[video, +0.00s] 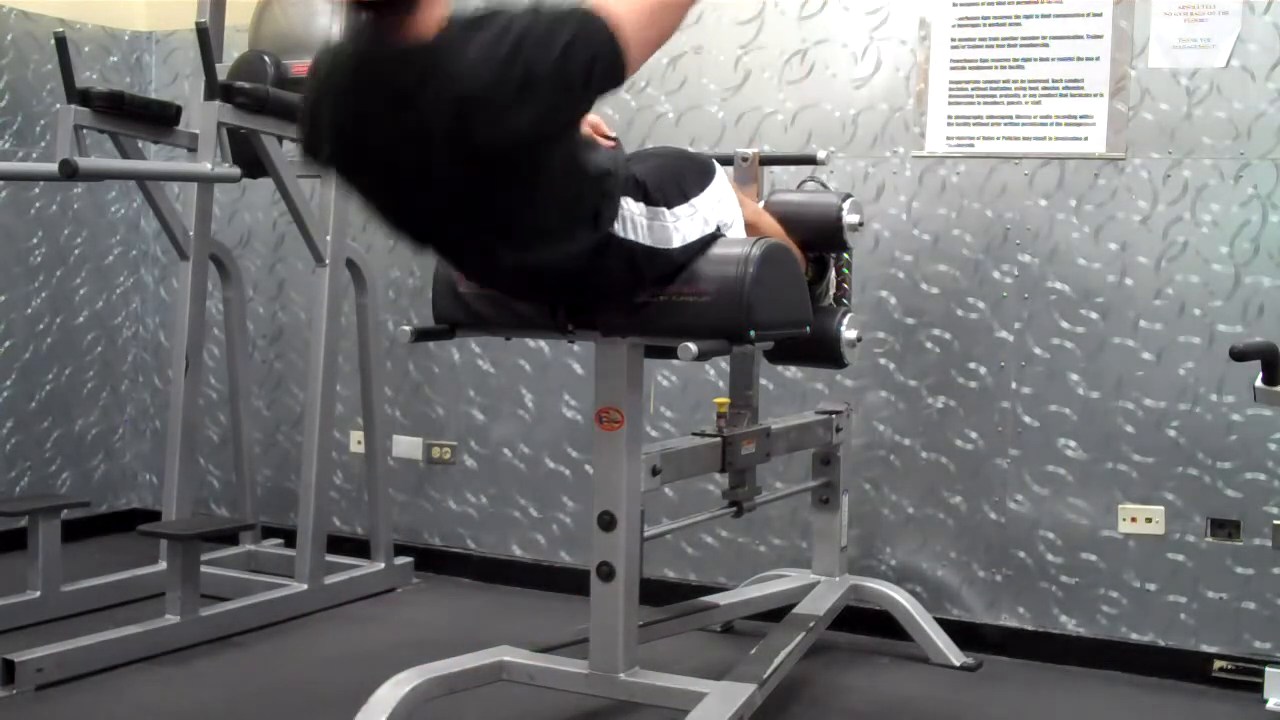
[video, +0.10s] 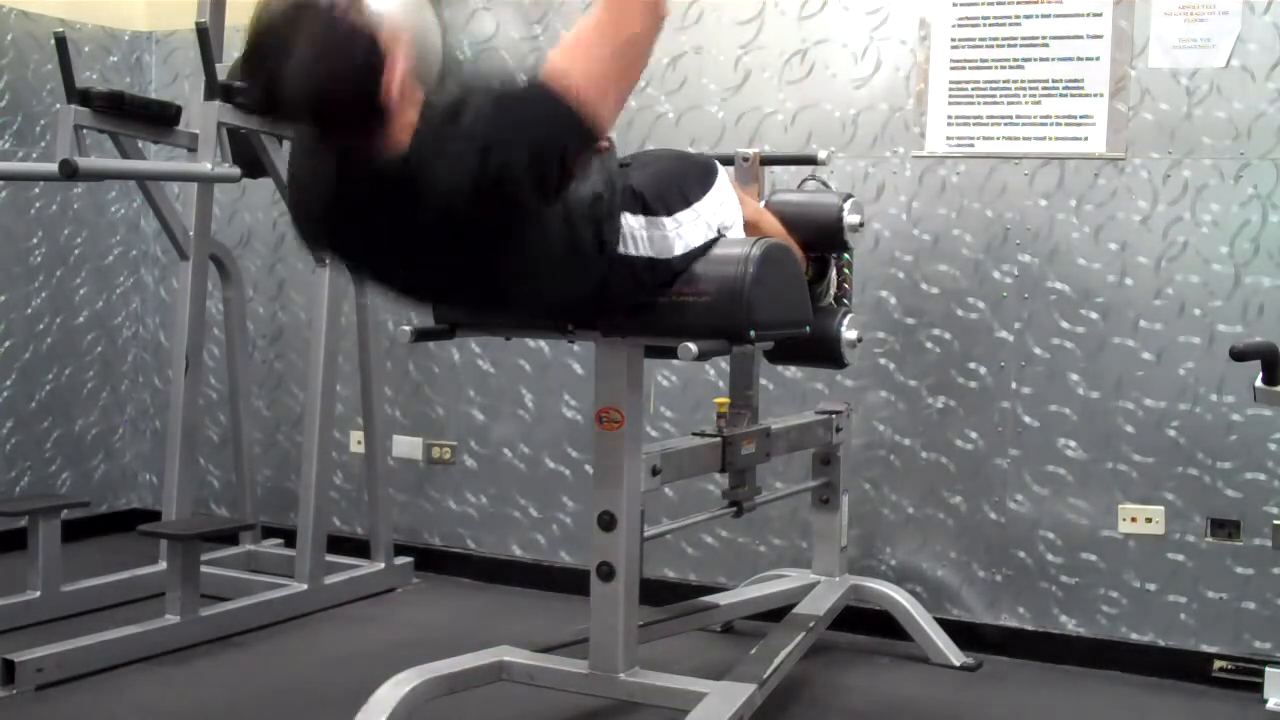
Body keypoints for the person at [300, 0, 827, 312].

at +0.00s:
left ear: (355, 2)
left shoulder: (331, 84)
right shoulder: (499, 64)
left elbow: (443, 164)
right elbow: (665, 7)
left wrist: (558, 131)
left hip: (489, 259)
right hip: (597, 253)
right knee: (714, 184)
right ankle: (802, 266)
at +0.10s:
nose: (396, 31)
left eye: (379, 26)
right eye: (386, 37)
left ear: (302, 108)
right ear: (393, 85)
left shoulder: (316, 187)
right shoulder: (476, 154)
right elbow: (630, 14)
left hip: (489, 290)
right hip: (591, 257)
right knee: (729, 191)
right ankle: (805, 274)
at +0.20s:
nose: (345, 131)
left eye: (328, 137)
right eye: (339, 149)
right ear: (375, 216)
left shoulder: (327, 267)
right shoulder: (466, 248)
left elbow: (437, 170)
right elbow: (592, 103)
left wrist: (541, 138)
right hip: (606, 250)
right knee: (728, 189)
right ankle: (802, 273)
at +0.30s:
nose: (335, 246)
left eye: (315, 252)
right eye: (326, 266)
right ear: (374, 340)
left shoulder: (353, 269)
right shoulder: (454, 352)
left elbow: (414, 200)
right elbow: (563, 254)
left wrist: (521, 156)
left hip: (556, 208)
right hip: (617, 247)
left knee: (687, 168)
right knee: (727, 192)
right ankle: (801, 262)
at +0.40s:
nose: (345, 381)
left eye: (317, 384)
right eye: (344, 419)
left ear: (305, 368)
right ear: (364, 438)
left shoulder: (336, 314)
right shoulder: (472, 385)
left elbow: (398, 235)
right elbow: (554, 414)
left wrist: (511, 164)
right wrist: (403, 444)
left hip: (565, 194)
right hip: (613, 251)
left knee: (706, 176)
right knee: (735, 193)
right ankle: (806, 297)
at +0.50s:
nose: (345, 426)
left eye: (322, 445)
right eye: (352, 456)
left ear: (317, 424)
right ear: (408, 497)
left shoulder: (337, 370)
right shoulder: (499, 437)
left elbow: (389, 260)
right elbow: (547, 546)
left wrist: (497, 178)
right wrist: (409, 642)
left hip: (528, 207)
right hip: (599, 251)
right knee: (721, 176)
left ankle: (776, 242)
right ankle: (797, 276)